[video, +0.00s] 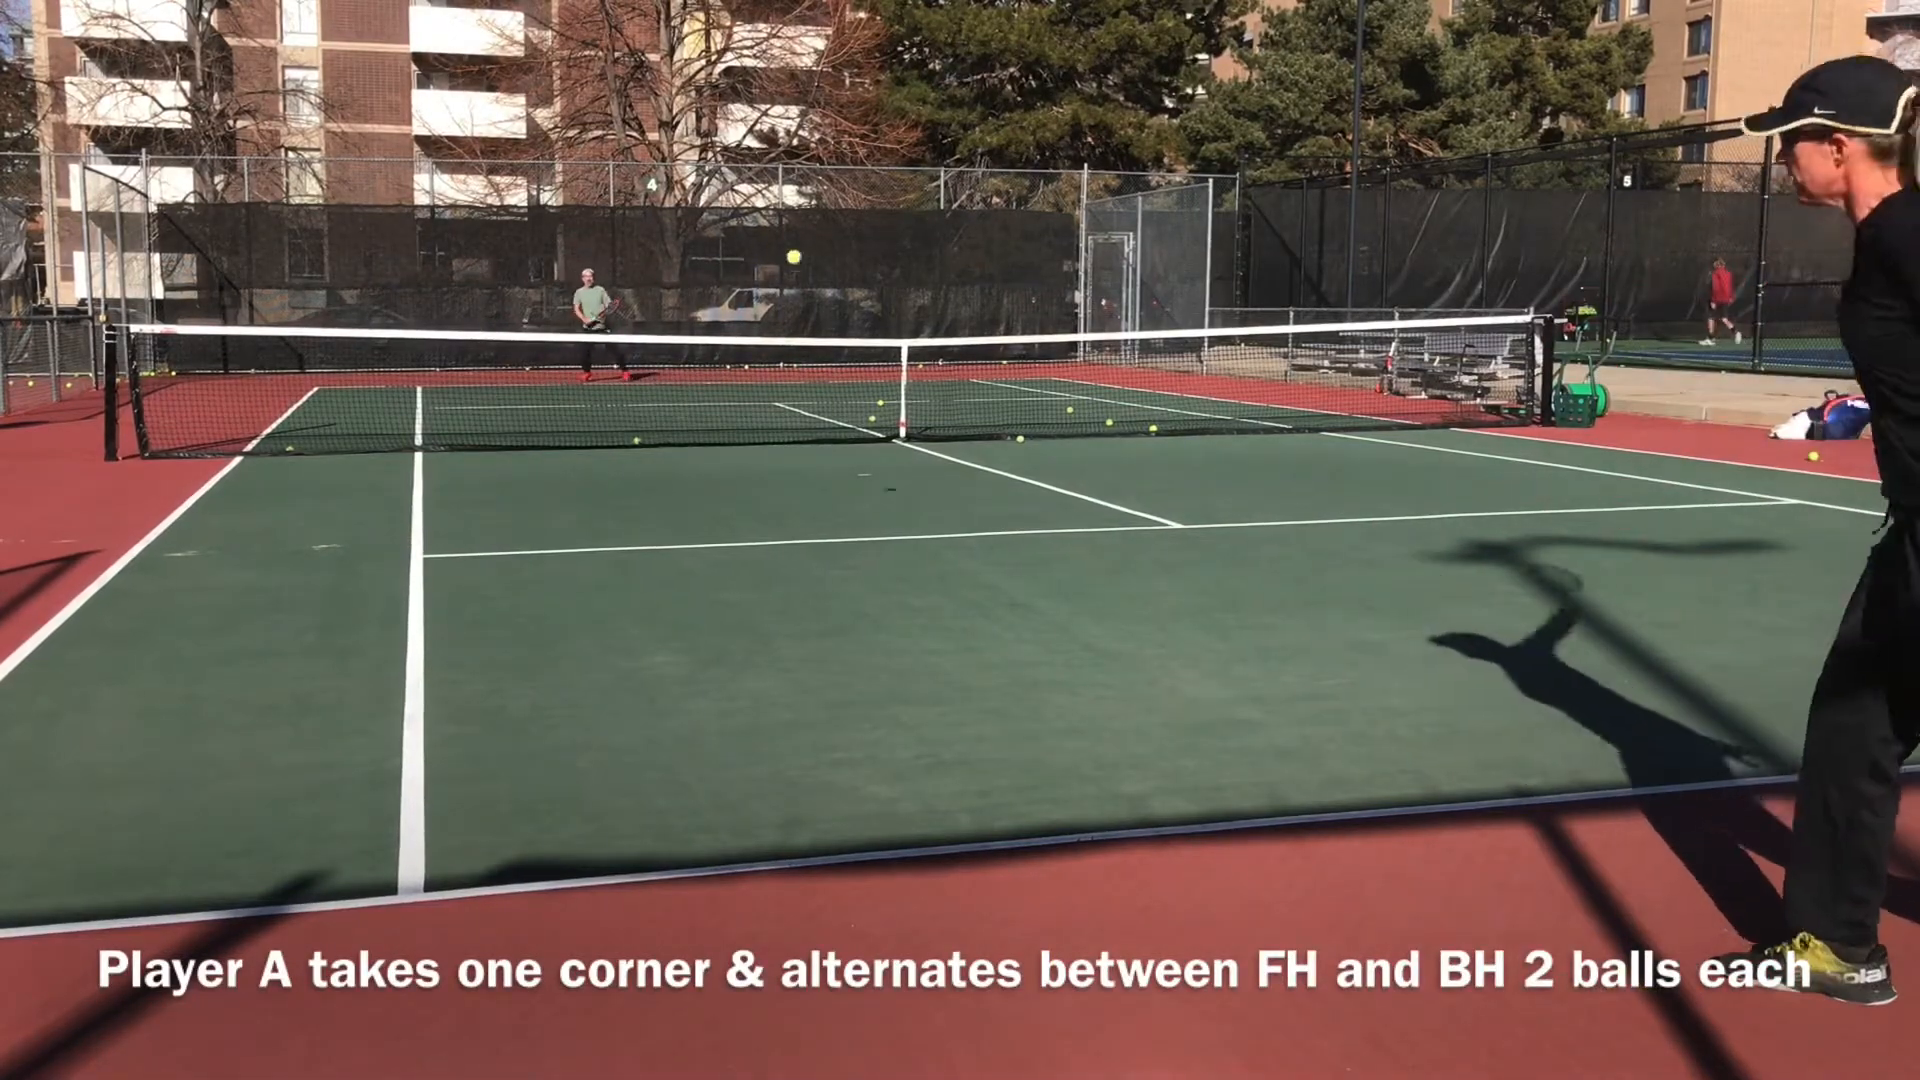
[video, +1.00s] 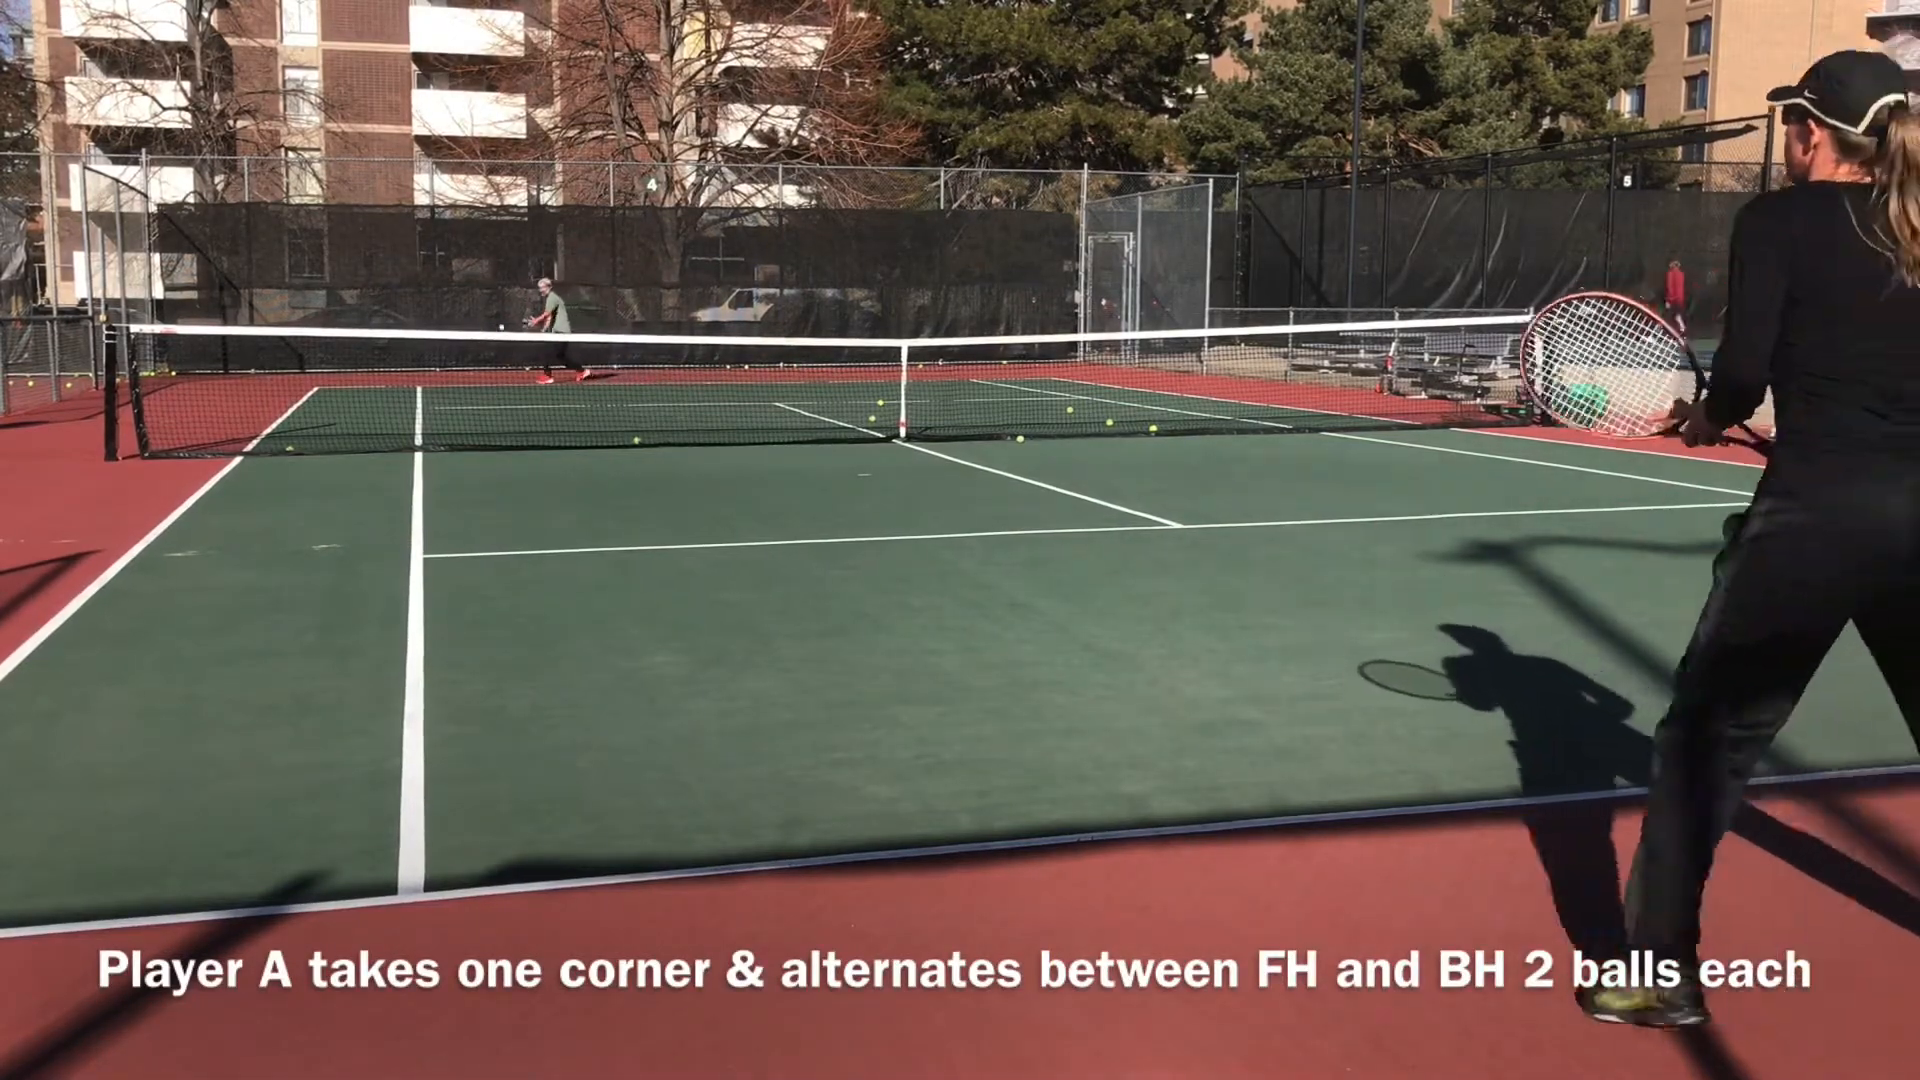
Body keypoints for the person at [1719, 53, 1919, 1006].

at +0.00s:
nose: (1788, 170)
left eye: (1795, 151)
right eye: (1788, 152)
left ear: (1840, 148)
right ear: (1856, 146)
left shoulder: (1891, 247)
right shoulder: (1893, 235)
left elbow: (1907, 400)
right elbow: (1913, 378)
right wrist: (1857, 413)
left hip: (1913, 545)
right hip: (1906, 540)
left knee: (1853, 721)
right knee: (1854, 720)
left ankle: (1839, 940)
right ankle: (1835, 935)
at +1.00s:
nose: (1786, 141)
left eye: (1793, 128)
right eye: (1792, 127)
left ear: (1821, 136)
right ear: (1881, 139)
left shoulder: (1781, 218)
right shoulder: (1912, 211)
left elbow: (1747, 368)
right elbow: (1885, 376)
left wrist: (1704, 415)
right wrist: (1772, 419)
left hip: (1817, 512)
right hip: (1908, 516)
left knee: (1706, 730)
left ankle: (1658, 966)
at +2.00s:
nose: (1630, 262)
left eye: (1631, 242)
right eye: (1628, 244)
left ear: (1664, 236)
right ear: (1696, 233)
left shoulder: (1731, 306)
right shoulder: (1750, 305)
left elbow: (1820, 426)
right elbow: (1758, 464)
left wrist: (1689, 470)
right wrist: (1681, 554)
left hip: (1795, 568)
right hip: (1864, 574)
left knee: (1614, 703)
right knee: (1828, 790)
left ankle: (1653, 938)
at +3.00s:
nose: (1246, 341)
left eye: (1245, 329)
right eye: (1241, 333)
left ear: (1271, 314)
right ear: (1275, 315)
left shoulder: (1314, 325)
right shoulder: (1328, 329)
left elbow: (1358, 383)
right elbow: (1378, 399)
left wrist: (1341, 443)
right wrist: (1365, 469)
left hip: (1428, 463)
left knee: (1390, 620)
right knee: (1341, 561)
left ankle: (1521, 709)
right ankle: (1347, 707)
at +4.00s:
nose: (1388, 198)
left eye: (1388, 190)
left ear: (1395, 195)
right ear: (1450, 193)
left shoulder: (1375, 259)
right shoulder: (1488, 246)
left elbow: (1330, 358)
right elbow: (1541, 324)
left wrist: (1332, 334)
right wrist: (1542, 396)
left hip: (1415, 436)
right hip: (1496, 435)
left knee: (1397, 577)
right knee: (1480, 566)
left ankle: (1415, 723)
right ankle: (1475, 695)